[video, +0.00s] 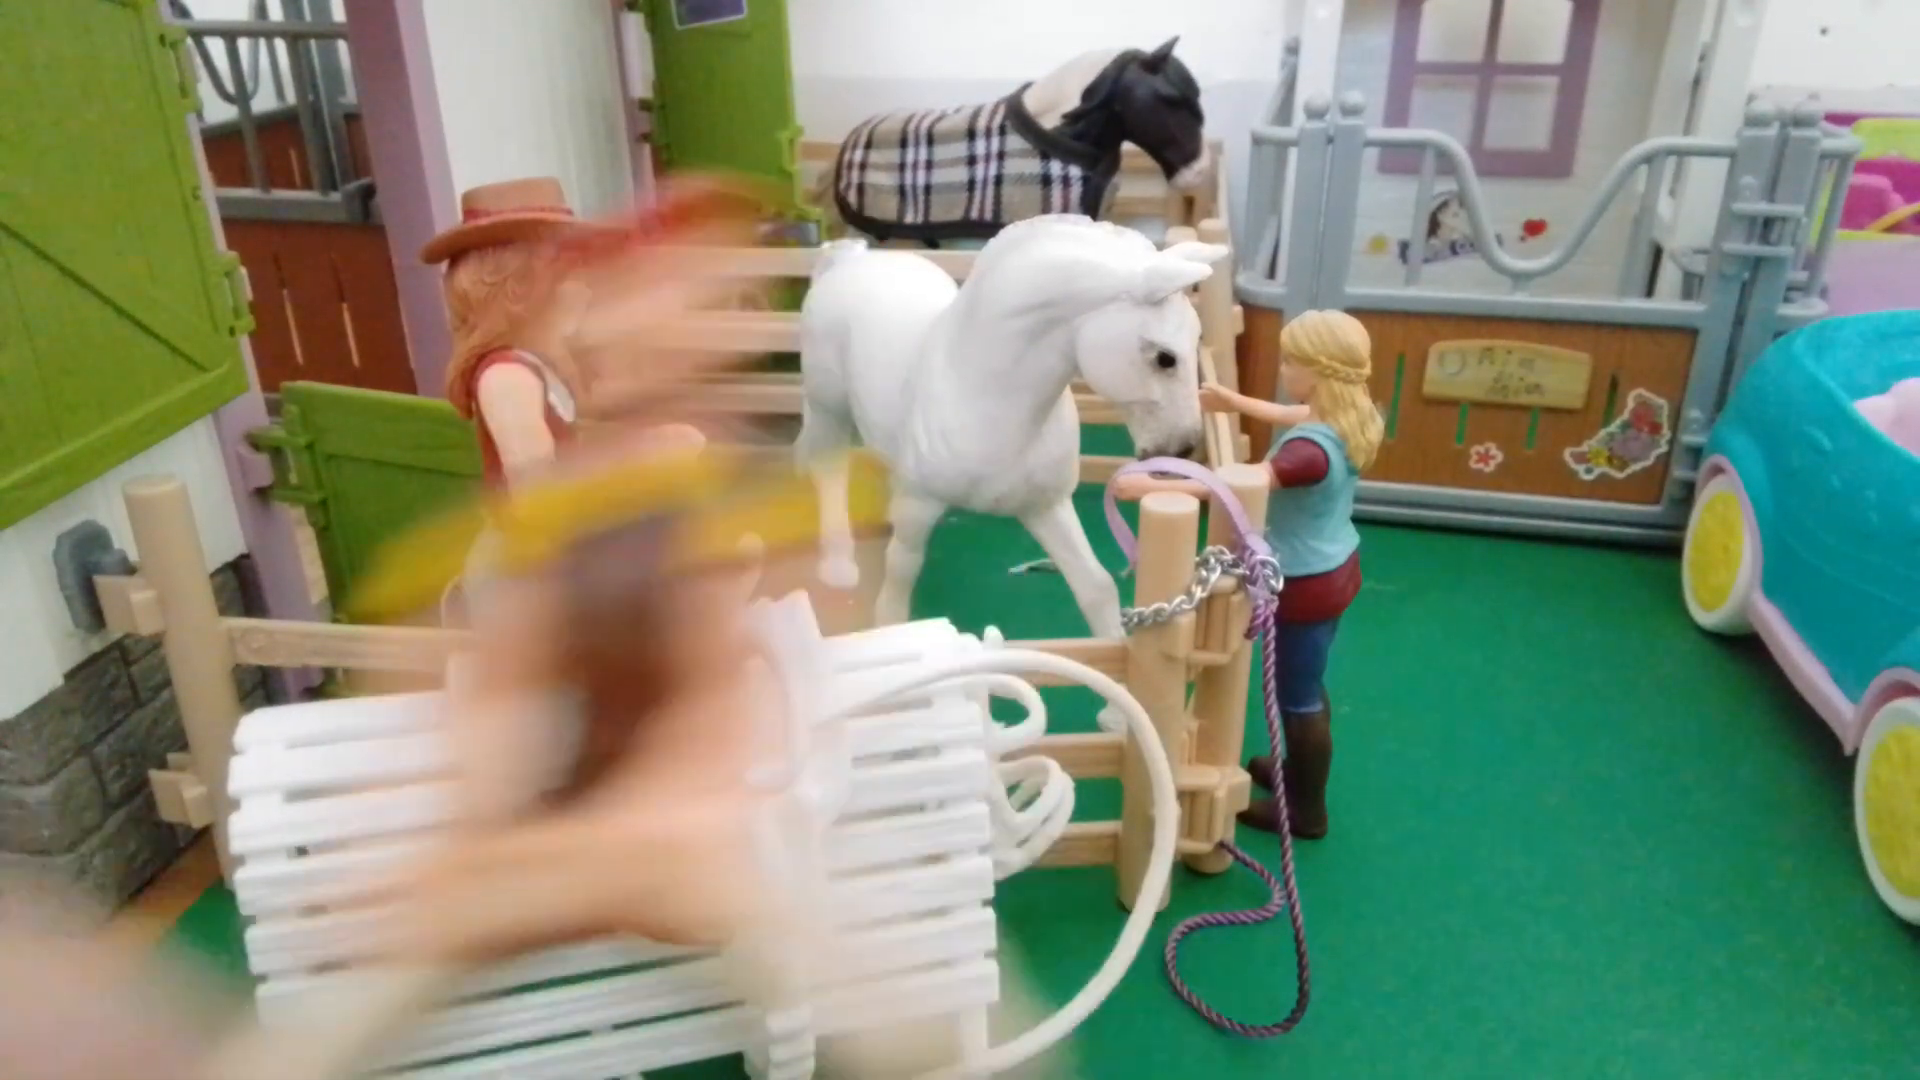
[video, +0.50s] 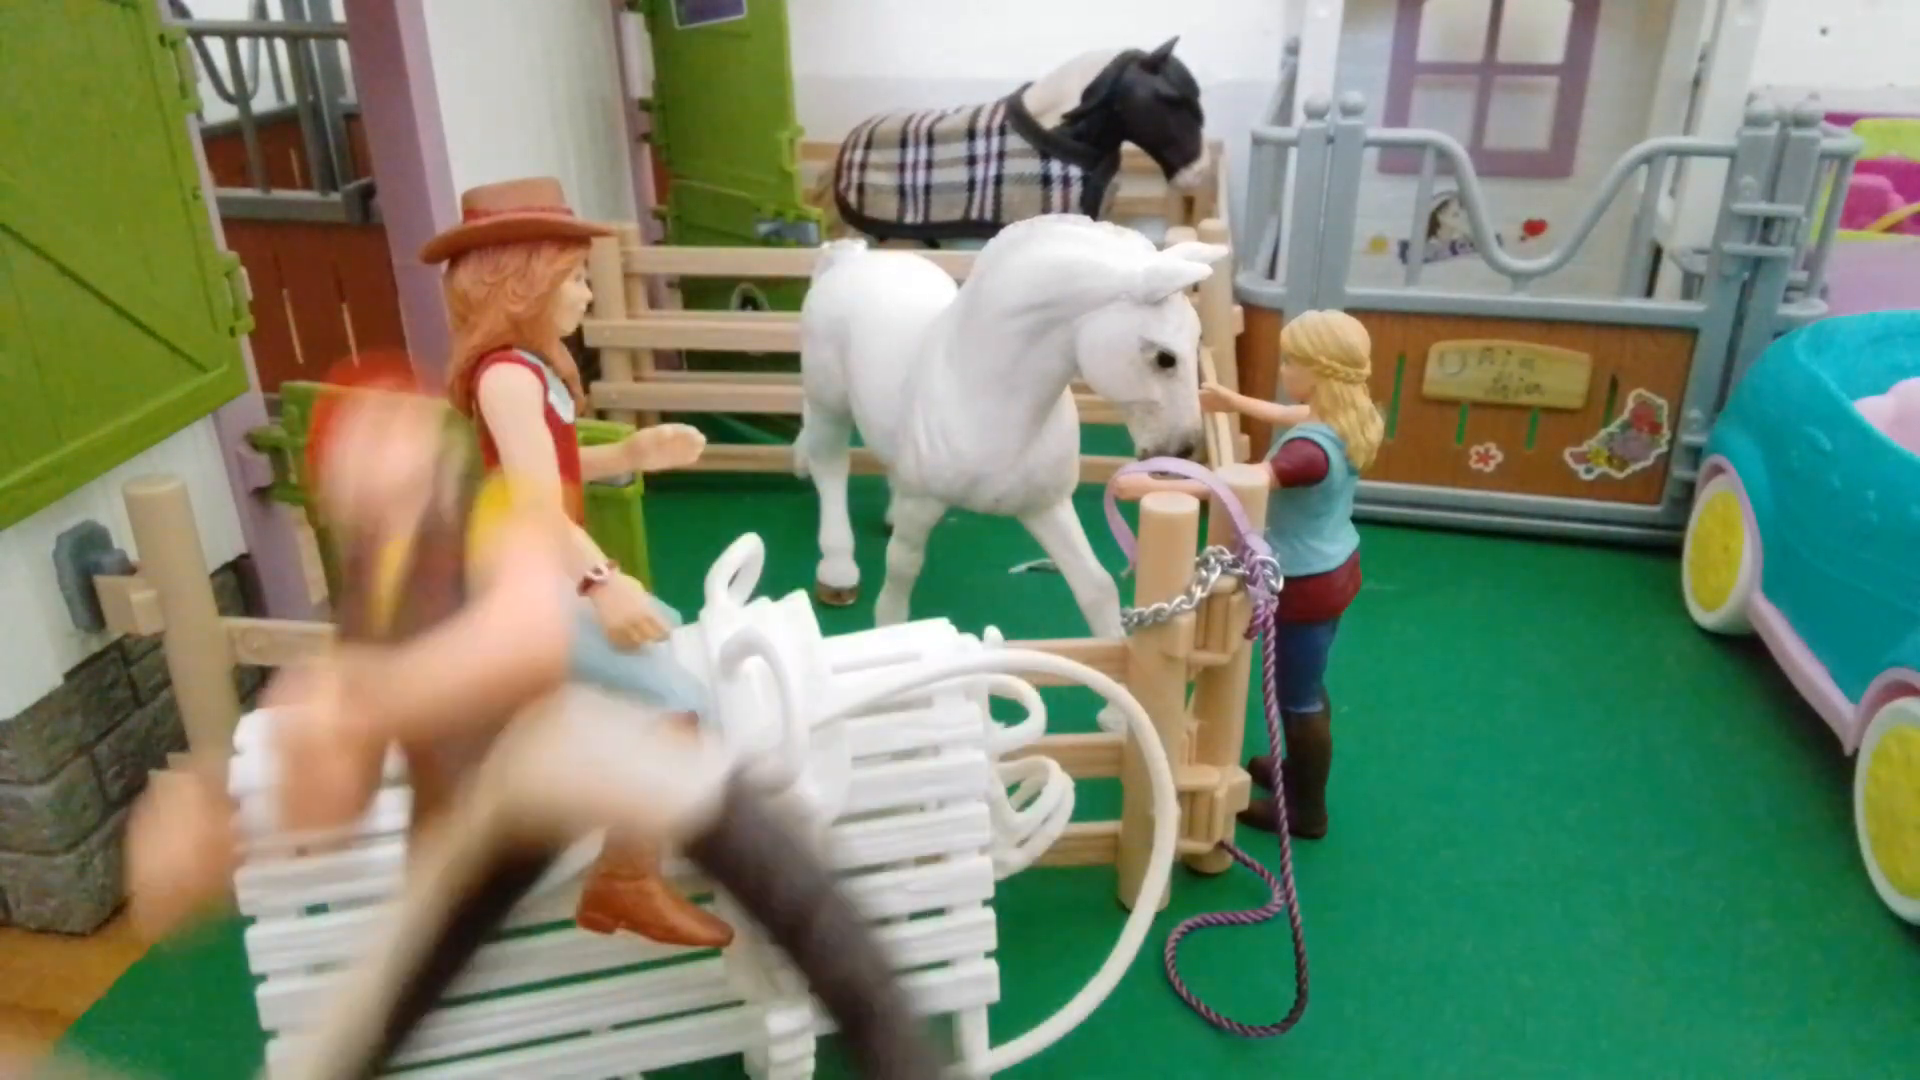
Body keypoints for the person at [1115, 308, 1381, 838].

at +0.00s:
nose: (1283, 370)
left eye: (1290, 361)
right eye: (1285, 360)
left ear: (1319, 372)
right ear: (1337, 372)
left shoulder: (1315, 447)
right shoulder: (1350, 417)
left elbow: (1245, 479)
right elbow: (1290, 415)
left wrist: (1158, 485)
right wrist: (1236, 400)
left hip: (1304, 587)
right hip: (1332, 567)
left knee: (1299, 698)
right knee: (1300, 681)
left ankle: (1304, 812)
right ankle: (1298, 774)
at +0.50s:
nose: (1283, 370)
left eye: (1290, 361)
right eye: (1285, 360)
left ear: (1319, 371)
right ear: (1338, 372)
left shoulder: (1315, 448)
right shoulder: (1347, 418)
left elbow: (1247, 478)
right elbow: (1288, 415)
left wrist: (1159, 485)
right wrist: (1235, 400)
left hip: (1304, 587)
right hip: (1332, 567)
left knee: (1300, 700)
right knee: (1300, 681)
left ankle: (1304, 812)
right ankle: (1299, 773)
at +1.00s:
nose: (1283, 369)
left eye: (1291, 360)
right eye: (1285, 359)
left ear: (1321, 371)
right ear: (1338, 371)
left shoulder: (1316, 447)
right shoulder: (1349, 416)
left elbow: (1246, 478)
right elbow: (1289, 415)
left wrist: (1160, 484)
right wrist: (1235, 399)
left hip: (1306, 588)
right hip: (1332, 566)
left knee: (1301, 702)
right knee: (1302, 683)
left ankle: (1305, 813)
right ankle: (1300, 775)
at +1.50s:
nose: (1282, 370)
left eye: (1289, 361)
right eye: (1284, 360)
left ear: (1318, 372)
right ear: (1337, 372)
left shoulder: (1315, 447)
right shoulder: (1348, 417)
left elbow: (1252, 478)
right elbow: (1288, 416)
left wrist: (1165, 484)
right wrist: (1235, 400)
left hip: (1304, 587)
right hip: (1332, 566)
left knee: (1299, 699)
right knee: (1301, 681)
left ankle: (1304, 811)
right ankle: (1300, 773)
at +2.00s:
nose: (1282, 371)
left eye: (1290, 362)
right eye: (1284, 360)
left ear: (1319, 372)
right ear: (1337, 373)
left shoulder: (1314, 448)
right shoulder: (1348, 417)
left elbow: (1244, 479)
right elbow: (1288, 416)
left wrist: (1159, 484)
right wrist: (1235, 400)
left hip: (1304, 589)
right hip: (1331, 568)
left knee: (1299, 700)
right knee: (1300, 682)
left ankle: (1303, 812)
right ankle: (1299, 774)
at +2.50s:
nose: (1282, 370)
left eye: (1290, 361)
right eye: (1285, 359)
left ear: (1319, 372)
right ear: (1336, 372)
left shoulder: (1314, 447)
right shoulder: (1347, 417)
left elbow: (1242, 480)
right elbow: (1286, 415)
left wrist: (1157, 484)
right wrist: (1235, 401)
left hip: (1304, 588)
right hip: (1331, 567)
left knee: (1300, 701)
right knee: (1301, 682)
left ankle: (1303, 813)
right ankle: (1298, 773)